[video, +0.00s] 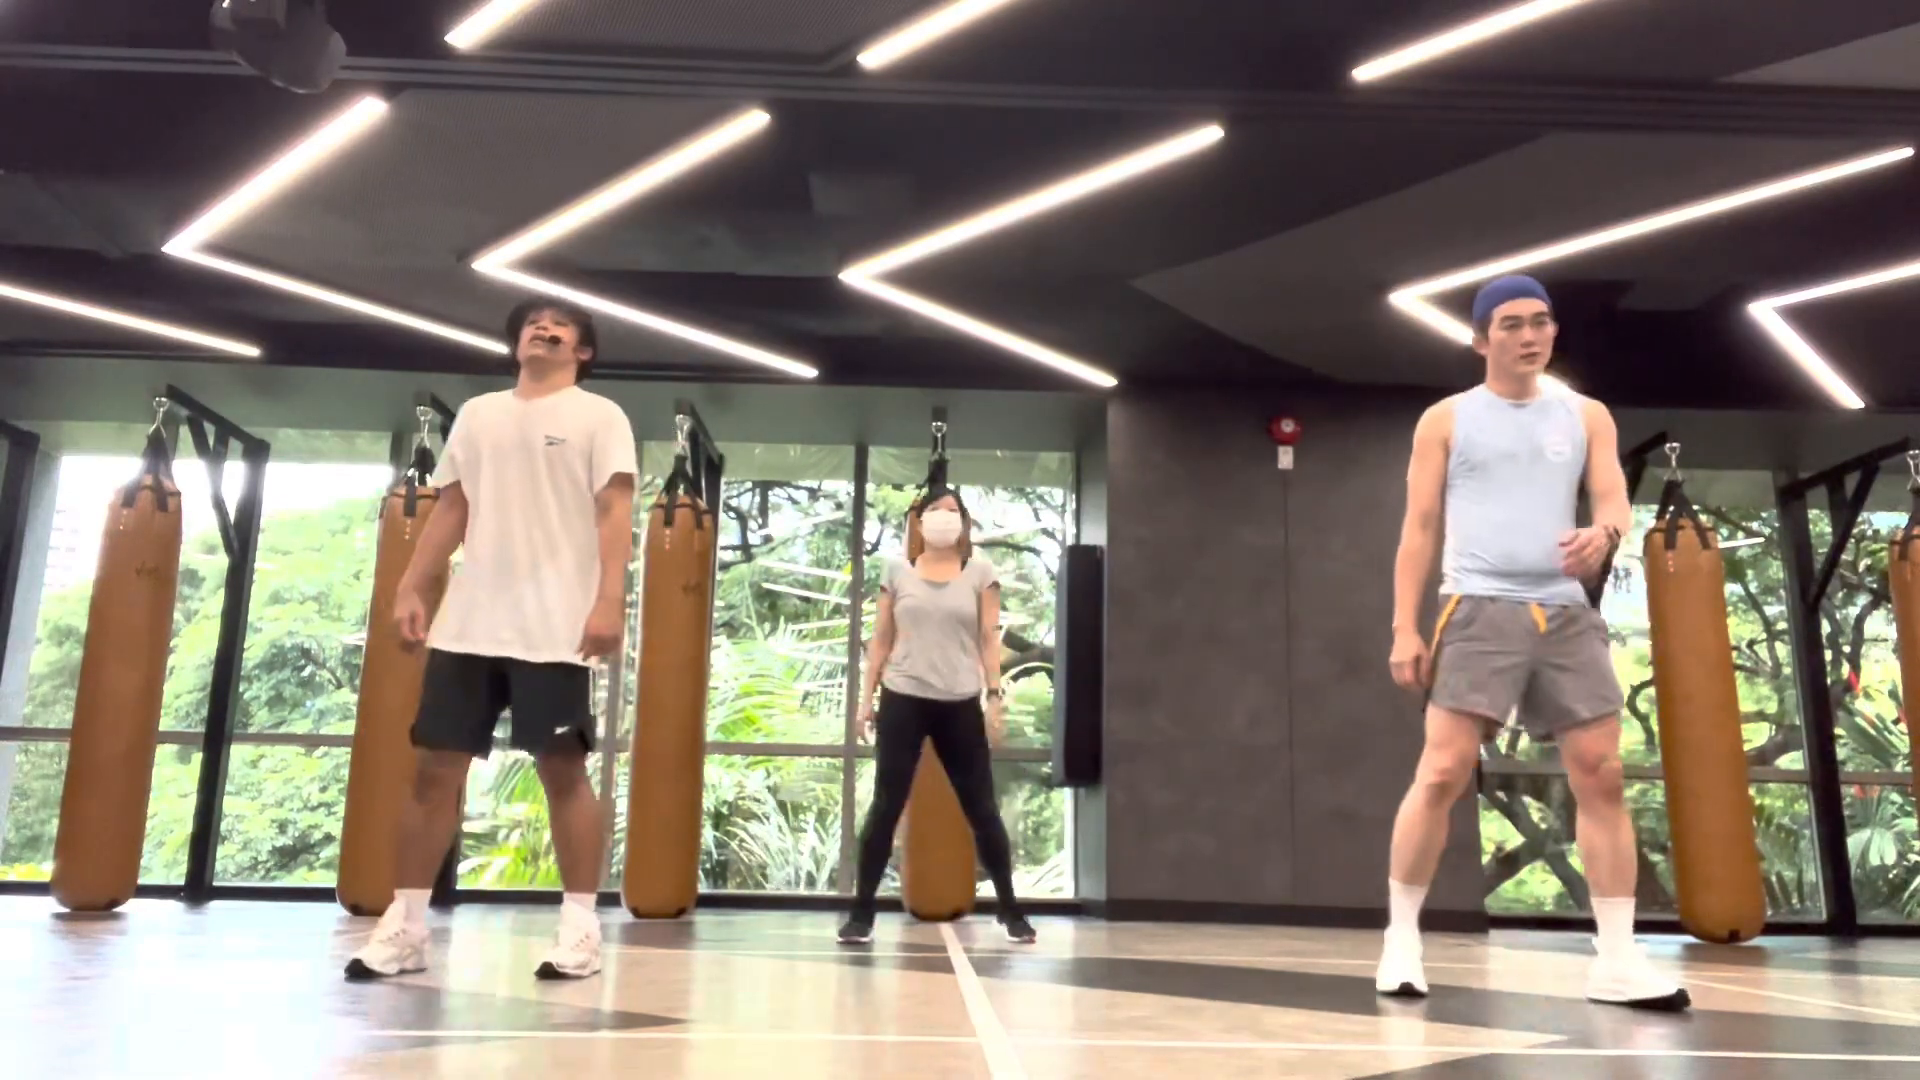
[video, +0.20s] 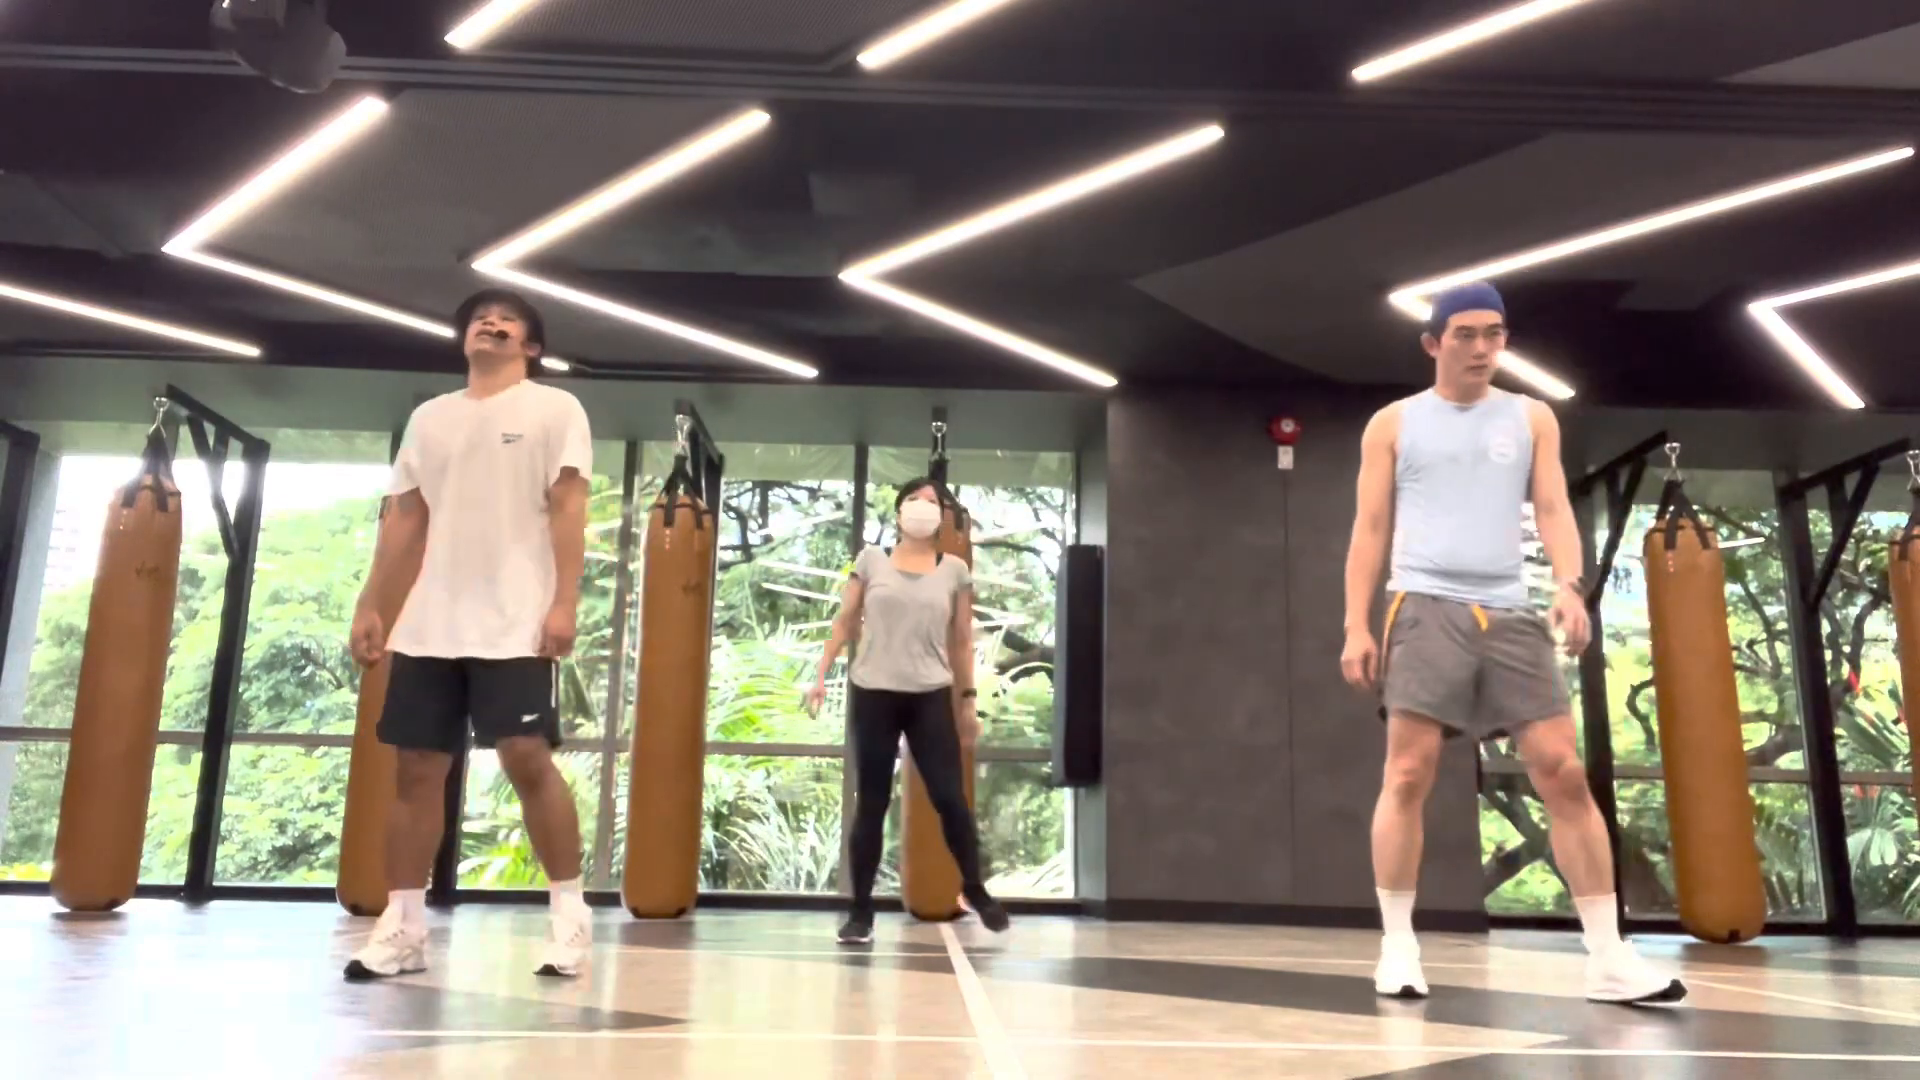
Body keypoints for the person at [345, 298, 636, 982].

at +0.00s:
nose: (543, 332)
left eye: (559, 328)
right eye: (532, 325)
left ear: (582, 355)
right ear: (514, 345)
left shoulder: (600, 416)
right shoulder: (478, 413)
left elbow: (615, 511)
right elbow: (451, 506)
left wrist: (610, 601)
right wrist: (411, 585)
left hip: (555, 626)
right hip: (469, 621)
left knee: (564, 772)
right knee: (435, 770)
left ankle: (581, 929)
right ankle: (405, 928)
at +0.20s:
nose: (490, 326)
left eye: (507, 321)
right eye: (479, 319)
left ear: (532, 348)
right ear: (461, 342)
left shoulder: (555, 408)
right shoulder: (429, 417)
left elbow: (568, 508)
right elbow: (404, 517)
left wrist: (565, 602)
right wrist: (371, 603)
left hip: (514, 623)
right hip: (427, 622)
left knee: (526, 762)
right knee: (417, 770)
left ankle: (570, 917)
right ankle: (403, 927)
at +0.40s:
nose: (464, 324)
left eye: (480, 317)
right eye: (452, 317)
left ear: (506, 341)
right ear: (435, 341)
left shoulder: (540, 405)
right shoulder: (408, 420)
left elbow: (559, 493)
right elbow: (384, 523)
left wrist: (560, 574)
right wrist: (342, 606)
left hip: (503, 610)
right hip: (416, 616)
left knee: (481, 735)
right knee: (412, 765)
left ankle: (486, 912)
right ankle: (404, 926)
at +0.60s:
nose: (463, 328)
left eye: (478, 321)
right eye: (450, 322)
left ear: (504, 343)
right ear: (434, 345)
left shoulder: (540, 405)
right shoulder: (409, 426)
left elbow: (558, 497)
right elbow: (387, 525)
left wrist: (546, 572)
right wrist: (346, 601)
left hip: (505, 614)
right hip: (417, 620)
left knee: (494, 739)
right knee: (411, 768)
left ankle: (480, 911)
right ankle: (402, 926)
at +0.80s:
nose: (491, 326)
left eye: (506, 319)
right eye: (478, 319)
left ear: (530, 345)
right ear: (458, 343)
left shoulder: (559, 408)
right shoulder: (429, 423)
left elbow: (575, 499)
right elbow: (405, 519)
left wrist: (553, 570)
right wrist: (381, 589)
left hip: (521, 616)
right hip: (434, 623)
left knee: (533, 749)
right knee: (425, 771)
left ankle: (575, 905)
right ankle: (404, 926)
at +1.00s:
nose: (538, 334)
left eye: (553, 330)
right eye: (525, 328)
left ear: (574, 355)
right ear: (505, 351)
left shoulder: (605, 412)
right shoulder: (479, 426)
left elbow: (616, 502)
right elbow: (452, 527)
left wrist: (593, 584)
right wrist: (418, 600)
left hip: (562, 626)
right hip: (473, 628)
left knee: (574, 769)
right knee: (441, 773)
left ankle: (598, 933)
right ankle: (406, 929)